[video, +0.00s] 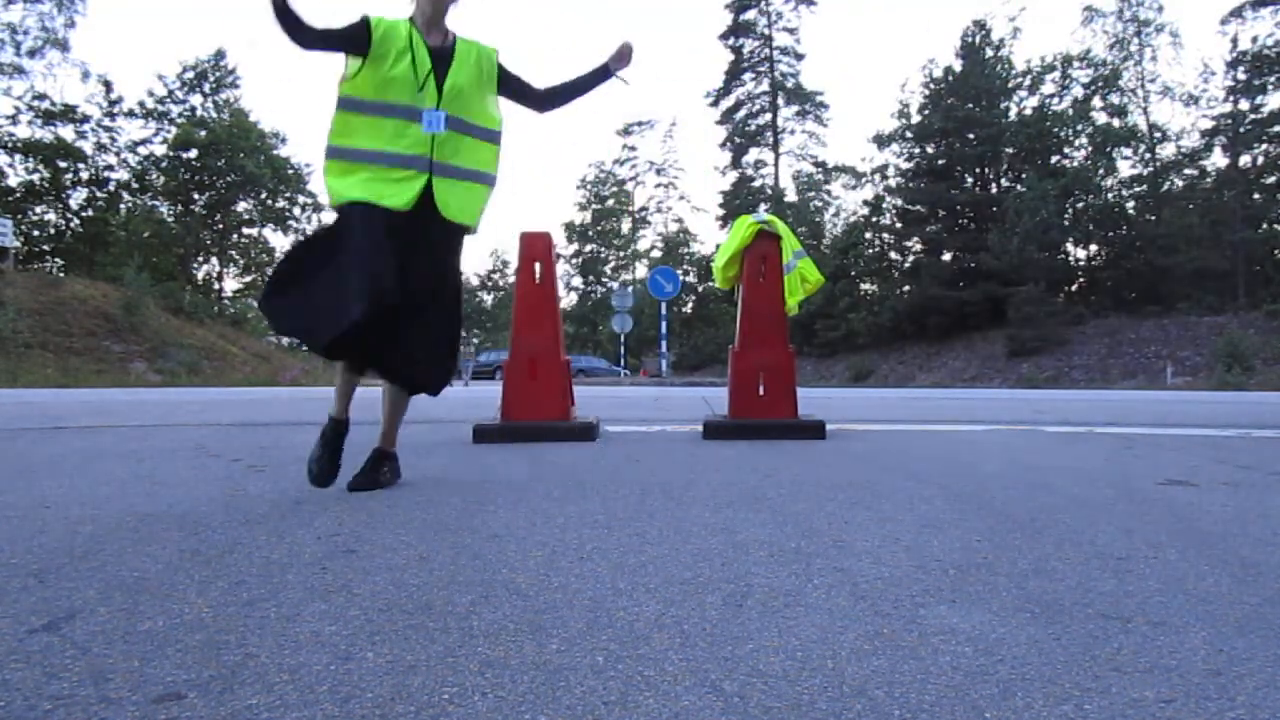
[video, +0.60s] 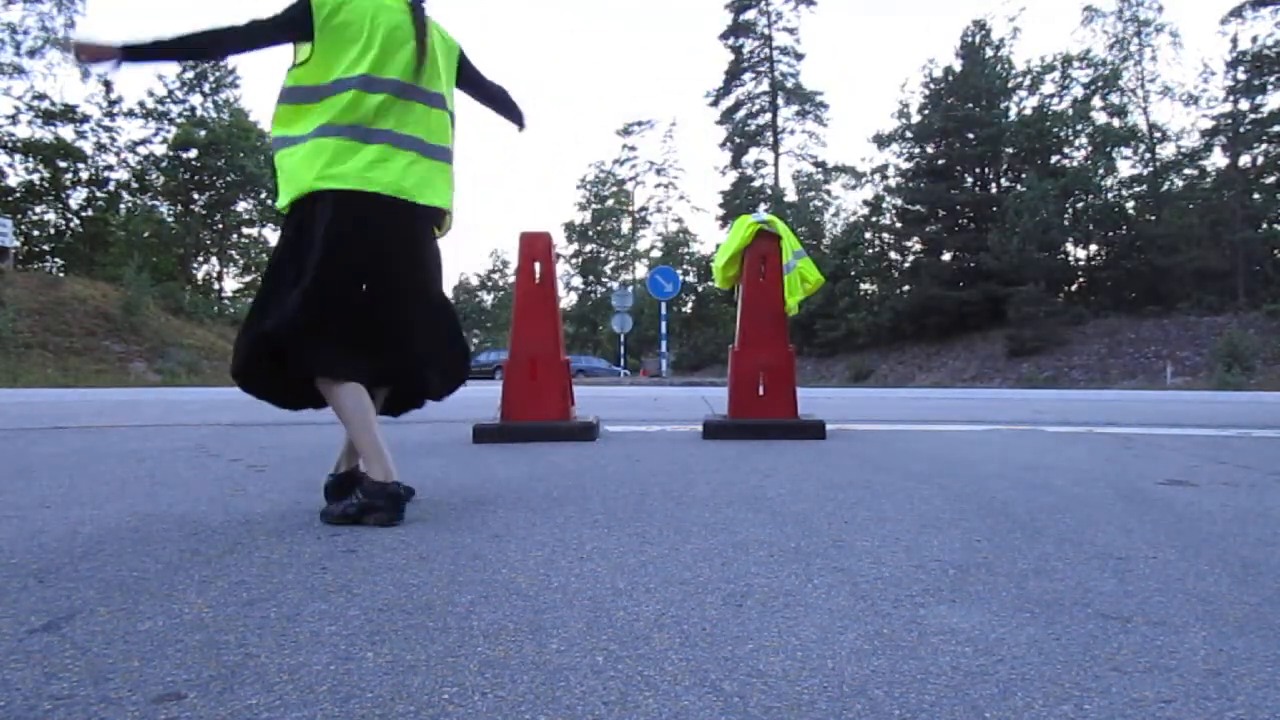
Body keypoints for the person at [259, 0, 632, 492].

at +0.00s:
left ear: (454, 2)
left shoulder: (479, 59)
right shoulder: (378, 34)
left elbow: (542, 99)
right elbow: (304, 35)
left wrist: (608, 68)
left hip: (440, 215)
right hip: (372, 203)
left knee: (414, 331)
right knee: (371, 309)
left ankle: (385, 452)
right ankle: (336, 424)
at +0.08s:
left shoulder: (463, 36)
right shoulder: (391, 6)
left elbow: (510, 84)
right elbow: (343, 0)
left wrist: (578, 66)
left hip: (426, 177)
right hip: (364, 160)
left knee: (412, 304)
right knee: (388, 285)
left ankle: (364, 419)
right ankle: (363, 427)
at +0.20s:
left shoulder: (430, 33)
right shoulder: (407, 7)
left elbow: (442, 92)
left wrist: (498, 107)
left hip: (335, 160)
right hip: (381, 151)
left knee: (372, 296)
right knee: (409, 292)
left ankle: (305, 401)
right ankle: (394, 427)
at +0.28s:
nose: (442, 6)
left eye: (441, 5)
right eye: (438, 4)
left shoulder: (381, 18)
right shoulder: (409, 10)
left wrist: (453, 75)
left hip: (350, 158)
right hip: (402, 157)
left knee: (369, 305)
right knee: (416, 311)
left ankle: (320, 410)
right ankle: (369, 445)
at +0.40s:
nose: (436, 11)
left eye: (432, 8)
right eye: (435, 7)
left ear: (382, 3)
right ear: (424, 4)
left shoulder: (340, 45)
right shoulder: (437, 29)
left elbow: (317, 113)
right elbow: (514, 63)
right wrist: (611, 78)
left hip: (324, 196)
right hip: (407, 200)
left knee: (344, 321)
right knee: (419, 334)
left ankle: (366, 453)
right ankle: (352, 471)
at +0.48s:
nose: (416, 9)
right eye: (421, 8)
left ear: (366, 3)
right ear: (417, 6)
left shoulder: (325, 42)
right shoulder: (445, 46)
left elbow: (264, 117)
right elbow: (523, 94)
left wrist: (204, 172)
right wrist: (610, 129)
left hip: (332, 213)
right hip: (418, 219)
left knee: (325, 339)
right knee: (412, 348)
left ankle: (384, 465)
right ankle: (348, 470)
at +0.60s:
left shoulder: (326, 10)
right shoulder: (436, 37)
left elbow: (226, 41)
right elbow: (486, 87)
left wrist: (121, 52)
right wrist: (517, 115)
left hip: (340, 196)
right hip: (413, 208)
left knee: (319, 335)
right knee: (373, 337)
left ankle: (384, 484)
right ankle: (349, 470)